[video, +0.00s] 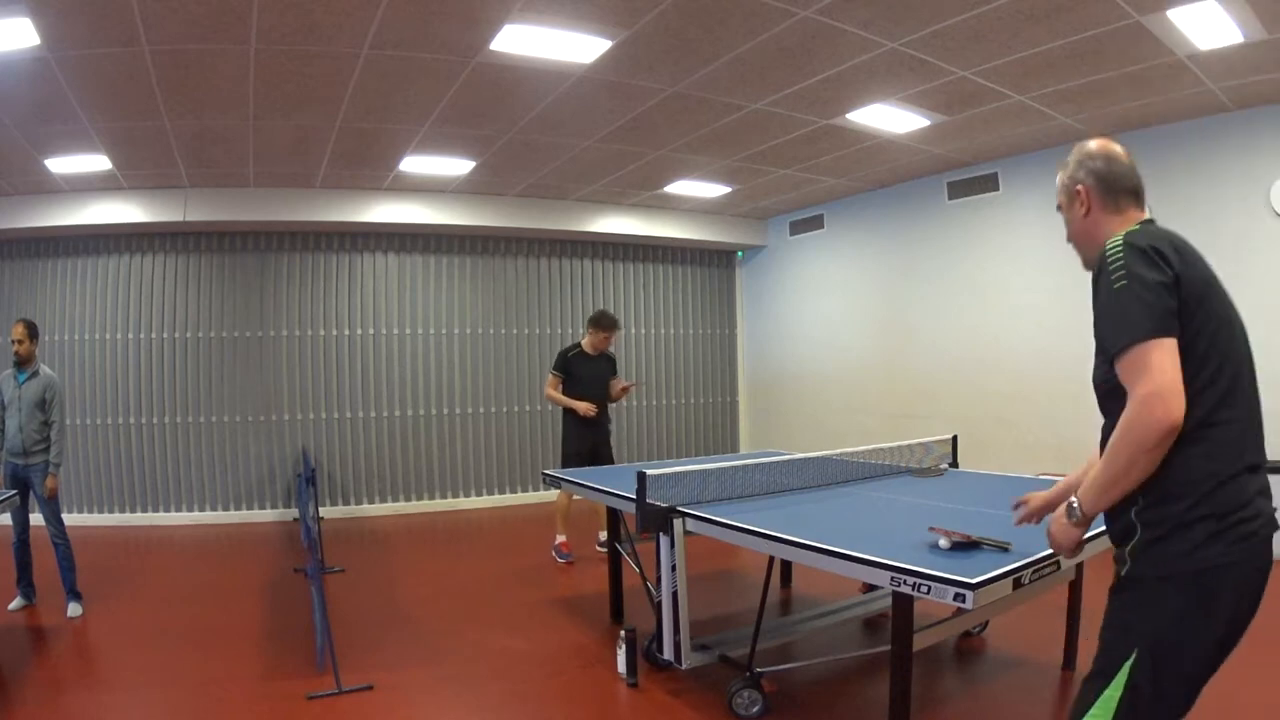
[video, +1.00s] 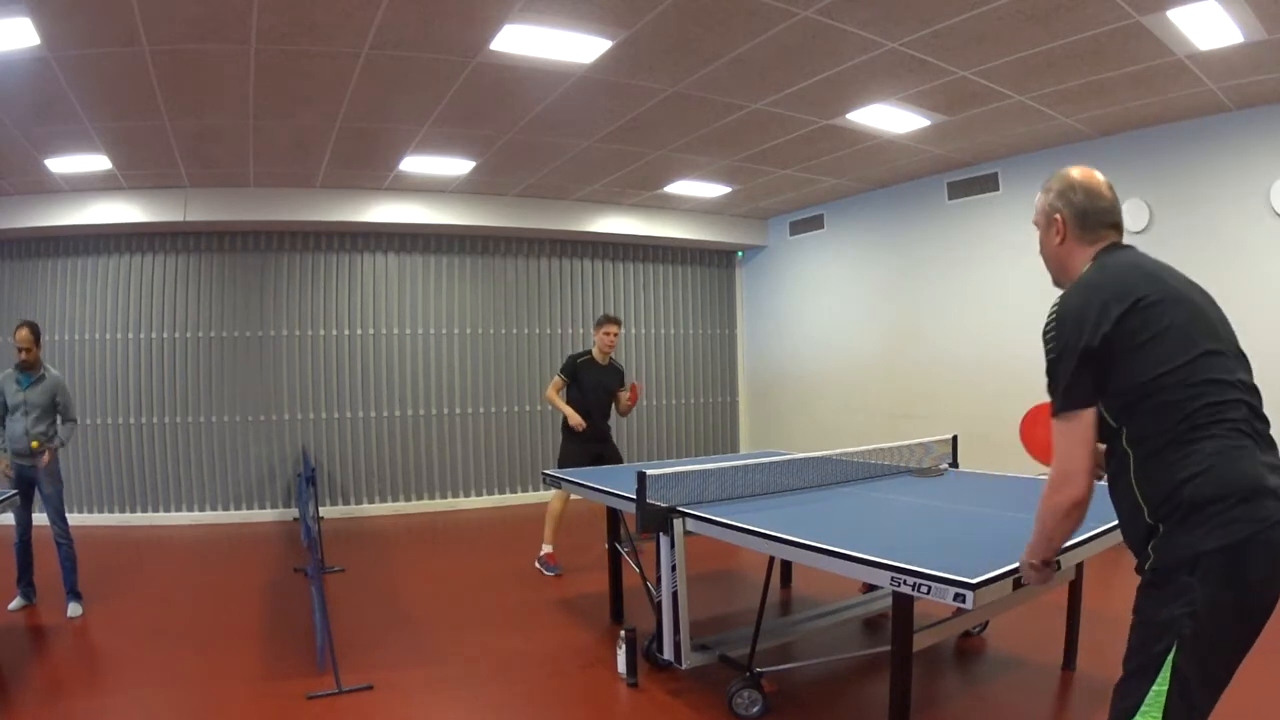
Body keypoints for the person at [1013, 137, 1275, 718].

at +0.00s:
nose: (1063, 228)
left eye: (1061, 210)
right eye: (1059, 213)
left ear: (1081, 199)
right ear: (1131, 195)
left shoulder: (1129, 257)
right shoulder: (1163, 253)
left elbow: (1159, 408)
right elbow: (1141, 415)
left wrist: (1080, 512)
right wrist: (1063, 493)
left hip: (1189, 545)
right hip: (1219, 534)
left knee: (1107, 708)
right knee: (1138, 704)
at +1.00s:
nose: (1037, 246)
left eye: (1038, 229)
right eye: (1037, 230)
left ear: (1058, 227)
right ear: (1111, 224)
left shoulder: (1078, 308)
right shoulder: (1168, 282)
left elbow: (1071, 482)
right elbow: (1193, 420)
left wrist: (1037, 559)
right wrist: (1109, 452)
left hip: (1207, 536)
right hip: (1264, 518)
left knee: (1143, 707)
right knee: (1181, 703)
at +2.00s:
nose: (1129, 184)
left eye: (1132, 164)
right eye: (1129, 165)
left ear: (1156, 163)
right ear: (1206, 164)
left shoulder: (1198, 256)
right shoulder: (1242, 237)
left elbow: (1268, 400)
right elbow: (1249, 369)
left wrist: (1206, 543)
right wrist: (1163, 394)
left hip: (1250, 556)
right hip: (1261, 547)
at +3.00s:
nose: (1093, 220)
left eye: (1097, 203)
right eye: (1093, 204)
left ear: (1126, 206)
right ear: (1133, 207)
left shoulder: (1192, 275)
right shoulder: (1175, 285)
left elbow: (1274, 399)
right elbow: (1170, 420)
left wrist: (1221, 545)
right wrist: (1072, 423)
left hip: (1252, 562)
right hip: (1238, 558)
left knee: (1175, 713)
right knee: (1192, 710)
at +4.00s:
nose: (1109, 218)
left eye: (1116, 199)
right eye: (1111, 200)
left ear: (1149, 205)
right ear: (1153, 206)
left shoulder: (1212, 282)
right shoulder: (1183, 299)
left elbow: (1278, 405)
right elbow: (1136, 410)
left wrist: (1259, 558)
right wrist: (1051, 402)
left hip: (1257, 561)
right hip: (1240, 555)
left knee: (1194, 712)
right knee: (1209, 709)